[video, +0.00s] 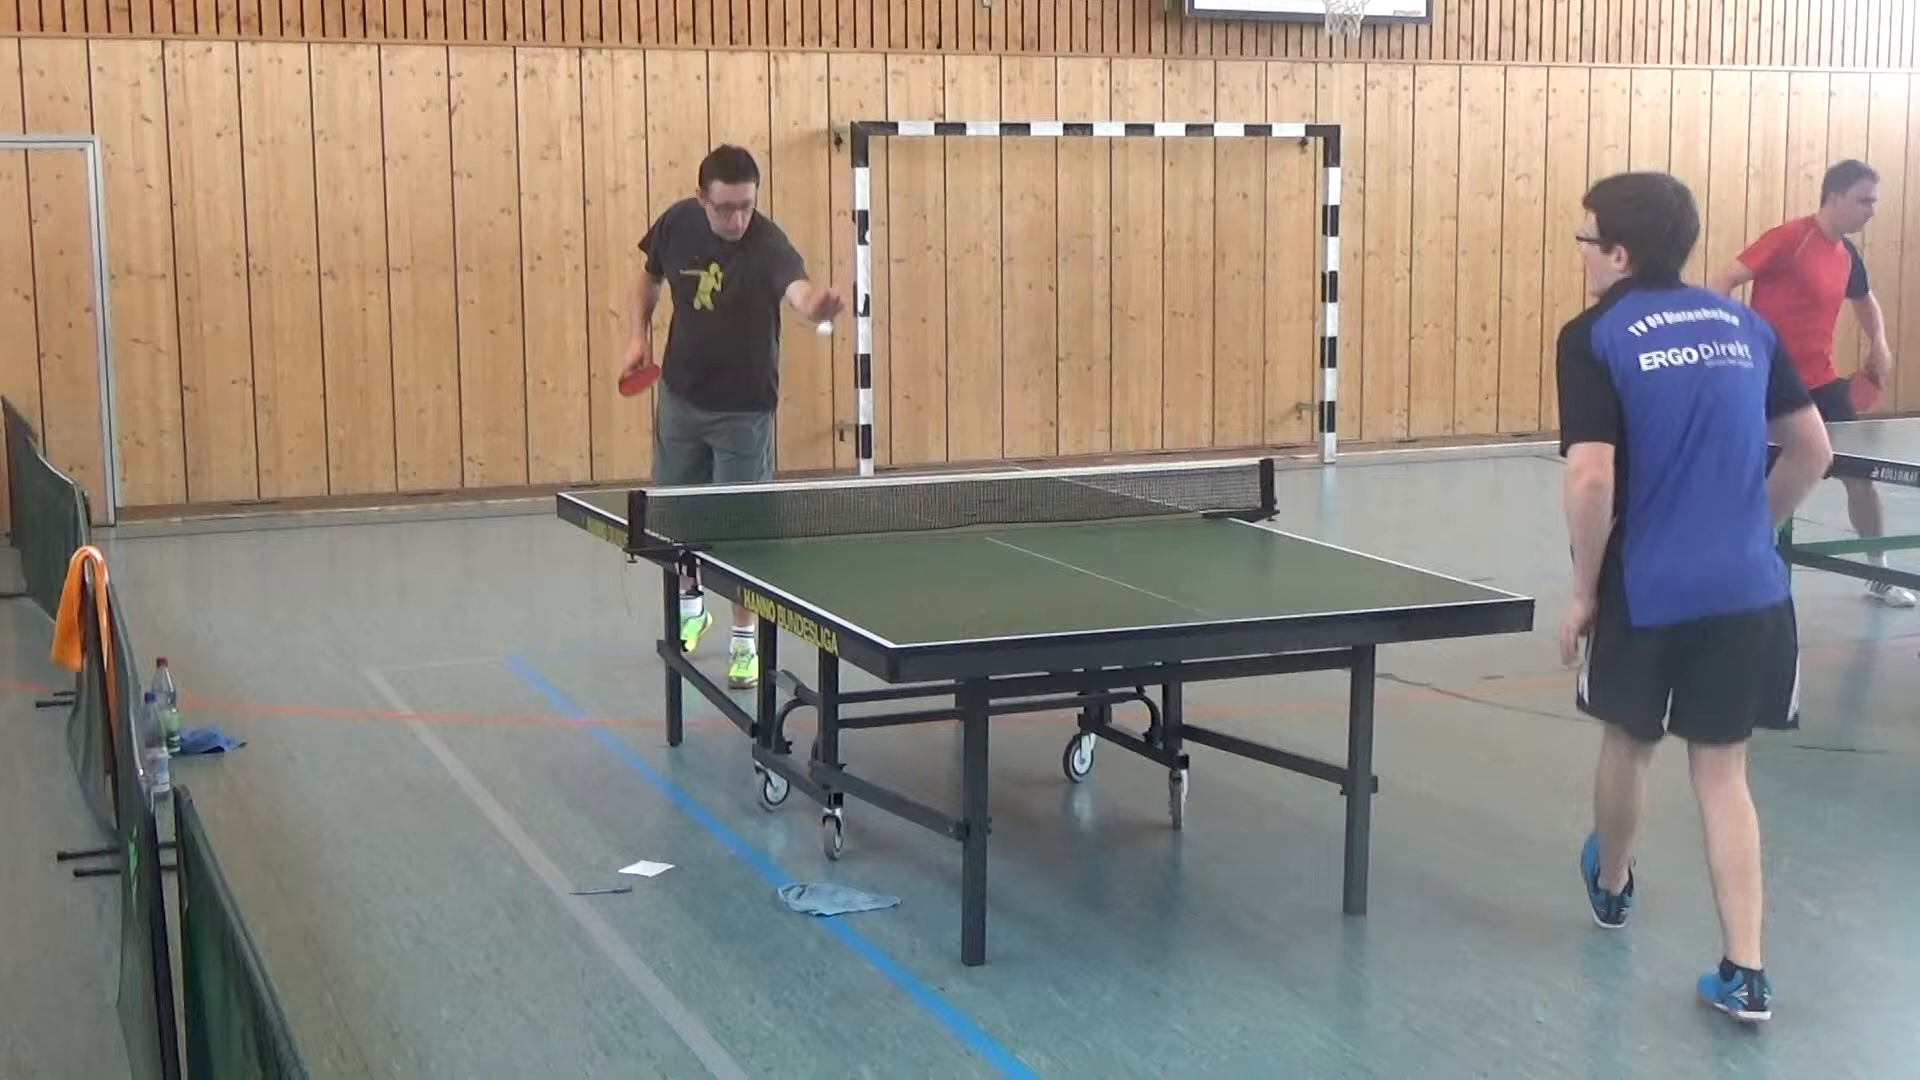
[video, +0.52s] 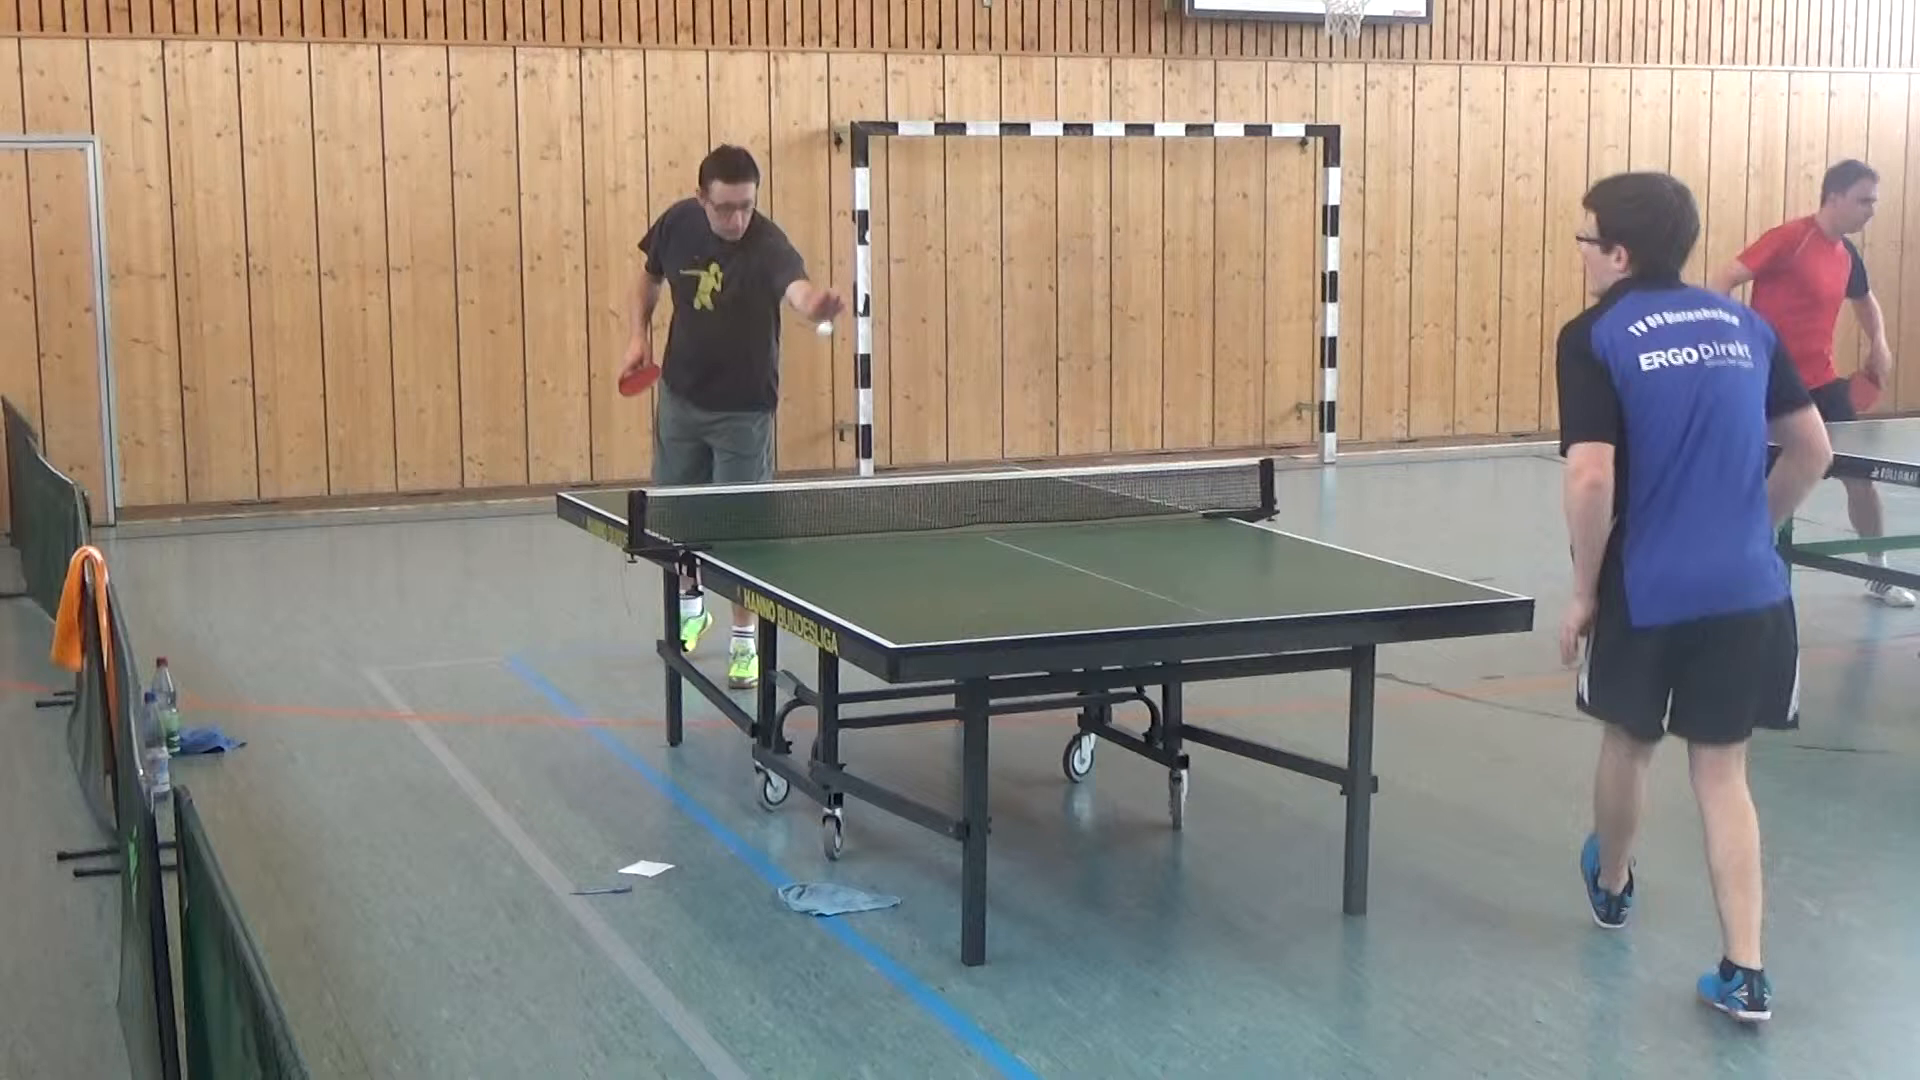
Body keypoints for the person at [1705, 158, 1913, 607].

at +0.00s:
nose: (1871, 211)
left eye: (1874, 202)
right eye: (1865, 201)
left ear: (1846, 202)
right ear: (1834, 198)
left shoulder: (1846, 253)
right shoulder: (1787, 238)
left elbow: (1864, 302)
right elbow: (1720, 280)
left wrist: (1879, 344)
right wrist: (1721, 347)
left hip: (1825, 384)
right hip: (1775, 388)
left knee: (1859, 473)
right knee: (1770, 482)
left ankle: (1879, 573)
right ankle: (1750, 571)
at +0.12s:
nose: (1871, 211)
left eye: (1874, 202)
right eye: (1865, 201)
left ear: (1846, 202)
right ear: (1834, 198)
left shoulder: (1846, 253)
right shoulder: (1787, 238)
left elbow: (1864, 302)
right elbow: (1720, 280)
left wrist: (1879, 344)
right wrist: (1721, 347)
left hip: (1825, 384)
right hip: (1775, 388)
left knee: (1859, 473)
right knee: (1771, 483)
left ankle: (1879, 573)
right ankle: (1751, 571)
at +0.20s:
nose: (1871, 211)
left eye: (1874, 202)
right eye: (1865, 201)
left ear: (1846, 202)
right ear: (1834, 198)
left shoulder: (1846, 253)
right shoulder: (1787, 238)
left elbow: (1864, 302)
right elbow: (1721, 280)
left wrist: (1879, 344)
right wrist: (1720, 347)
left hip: (1825, 384)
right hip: (1775, 388)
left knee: (1859, 473)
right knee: (1771, 483)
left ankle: (1879, 573)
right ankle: (1752, 571)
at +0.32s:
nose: (1871, 211)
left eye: (1874, 202)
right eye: (1865, 201)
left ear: (1846, 202)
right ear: (1834, 198)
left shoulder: (1846, 253)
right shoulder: (1787, 238)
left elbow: (1864, 302)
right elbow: (1721, 280)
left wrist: (1879, 344)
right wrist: (1720, 347)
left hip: (1825, 384)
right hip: (1775, 388)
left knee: (1859, 473)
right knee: (1771, 483)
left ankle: (1879, 573)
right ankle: (1752, 571)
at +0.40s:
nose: (1871, 211)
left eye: (1874, 202)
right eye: (1865, 201)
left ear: (1846, 202)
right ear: (1834, 198)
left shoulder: (1846, 253)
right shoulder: (1787, 238)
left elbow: (1864, 302)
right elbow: (1721, 280)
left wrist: (1879, 344)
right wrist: (1720, 347)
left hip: (1825, 384)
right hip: (1775, 388)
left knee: (1859, 473)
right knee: (1771, 483)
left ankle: (1879, 573)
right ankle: (1752, 571)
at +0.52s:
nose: (1871, 211)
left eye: (1874, 202)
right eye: (1865, 201)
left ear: (1846, 202)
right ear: (1834, 198)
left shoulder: (1846, 253)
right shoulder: (1787, 238)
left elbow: (1864, 302)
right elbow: (1721, 280)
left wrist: (1879, 344)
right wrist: (1720, 347)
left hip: (1825, 384)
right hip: (1775, 388)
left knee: (1859, 474)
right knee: (1771, 483)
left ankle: (1879, 573)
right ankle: (1752, 571)